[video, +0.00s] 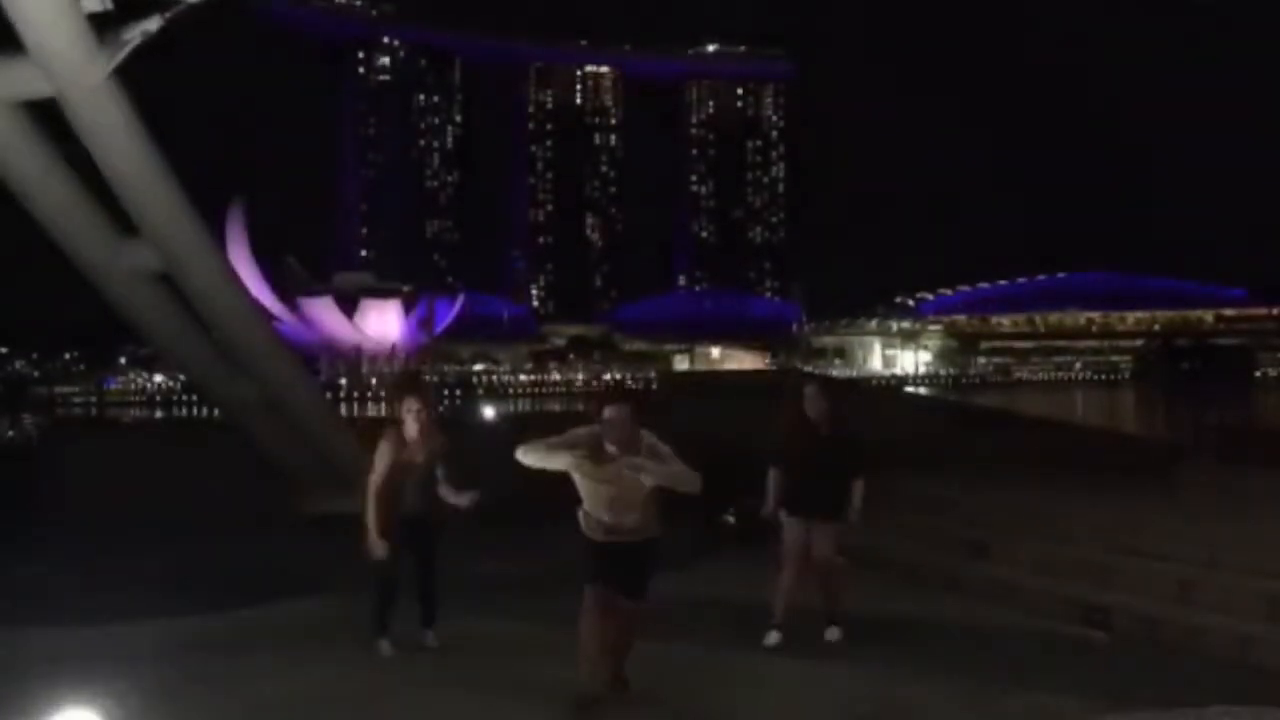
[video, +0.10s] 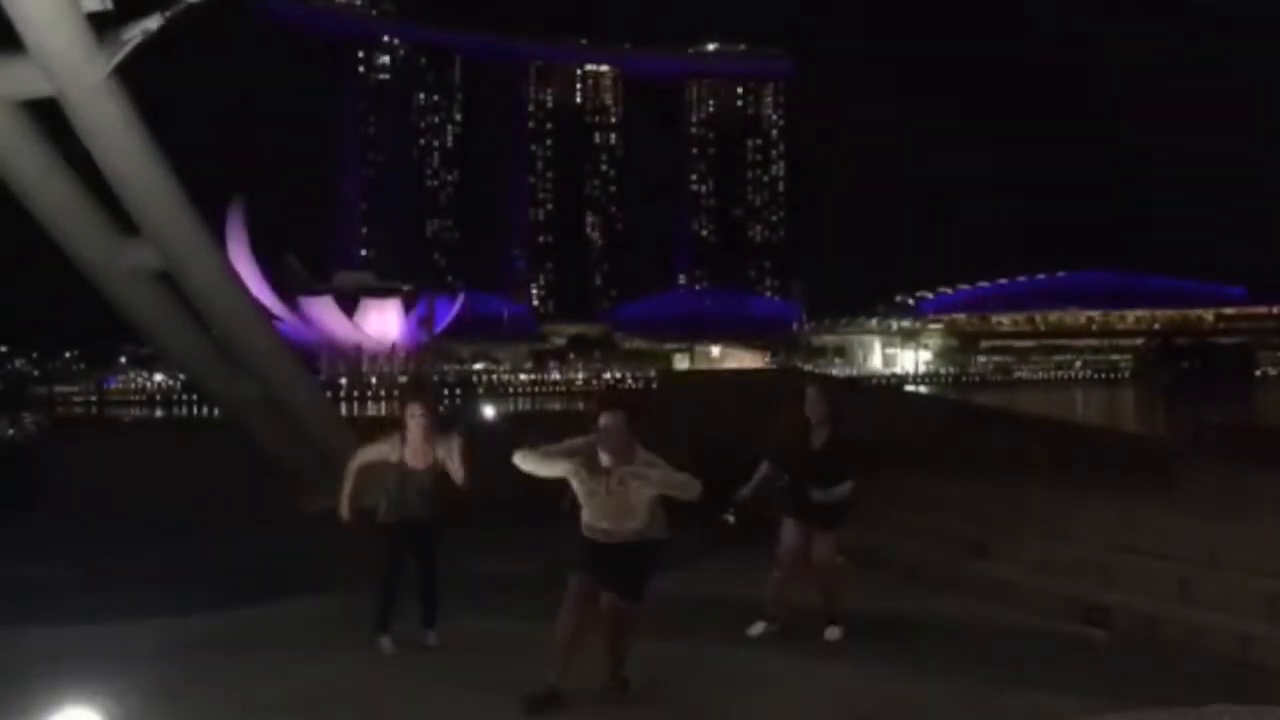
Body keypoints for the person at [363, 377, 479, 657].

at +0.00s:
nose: (417, 416)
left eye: (421, 410)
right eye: (410, 410)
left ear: (428, 413)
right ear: (400, 414)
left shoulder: (434, 443)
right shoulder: (392, 443)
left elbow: (441, 485)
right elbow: (374, 486)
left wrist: (459, 498)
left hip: (425, 520)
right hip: (394, 520)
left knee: (427, 575)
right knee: (389, 578)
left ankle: (428, 629)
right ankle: (382, 634)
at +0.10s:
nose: (419, 422)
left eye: (423, 416)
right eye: (413, 416)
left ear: (430, 418)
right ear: (405, 420)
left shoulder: (438, 448)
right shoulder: (394, 447)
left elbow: (459, 480)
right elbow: (356, 461)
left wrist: (454, 446)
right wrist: (345, 502)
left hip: (427, 519)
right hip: (393, 520)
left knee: (428, 574)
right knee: (390, 574)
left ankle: (429, 627)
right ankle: (383, 632)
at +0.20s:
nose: (397, 411)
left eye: (401, 406)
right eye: (396, 406)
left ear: (417, 410)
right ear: (397, 410)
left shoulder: (434, 433)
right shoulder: (392, 431)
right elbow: (362, 428)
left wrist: (444, 433)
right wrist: (350, 470)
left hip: (425, 510)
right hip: (395, 508)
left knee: (427, 567)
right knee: (391, 566)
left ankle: (429, 625)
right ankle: (392, 621)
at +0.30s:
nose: (383, 404)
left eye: (388, 398)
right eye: (383, 398)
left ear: (404, 400)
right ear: (395, 401)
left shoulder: (427, 419)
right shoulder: (387, 424)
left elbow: (470, 423)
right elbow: (372, 445)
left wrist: (445, 450)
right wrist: (369, 479)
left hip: (425, 495)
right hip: (396, 495)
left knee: (411, 553)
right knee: (396, 554)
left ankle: (422, 611)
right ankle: (412, 609)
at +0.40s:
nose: (374, 409)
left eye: (378, 403)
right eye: (374, 403)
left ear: (393, 404)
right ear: (388, 405)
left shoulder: (419, 424)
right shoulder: (388, 433)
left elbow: (464, 429)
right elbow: (387, 467)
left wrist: (460, 470)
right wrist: (386, 499)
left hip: (429, 498)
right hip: (404, 500)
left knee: (399, 553)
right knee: (410, 556)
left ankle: (387, 613)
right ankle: (429, 613)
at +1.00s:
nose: (405, 399)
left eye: (409, 392)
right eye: (400, 393)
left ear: (419, 394)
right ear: (393, 398)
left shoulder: (435, 426)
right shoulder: (387, 432)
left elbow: (445, 458)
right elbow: (371, 465)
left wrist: (451, 488)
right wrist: (374, 494)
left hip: (427, 506)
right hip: (396, 506)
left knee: (415, 562)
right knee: (395, 559)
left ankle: (397, 616)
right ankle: (397, 605)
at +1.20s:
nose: (422, 392)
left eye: (425, 385)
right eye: (416, 386)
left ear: (433, 389)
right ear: (407, 390)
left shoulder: (443, 418)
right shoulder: (399, 422)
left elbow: (470, 437)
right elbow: (367, 440)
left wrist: (458, 415)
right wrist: (383, 469)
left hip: (429, 488)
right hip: (402, 487)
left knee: (422, 543)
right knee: (400, 540)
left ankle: (404, 588)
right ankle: (393, 584)